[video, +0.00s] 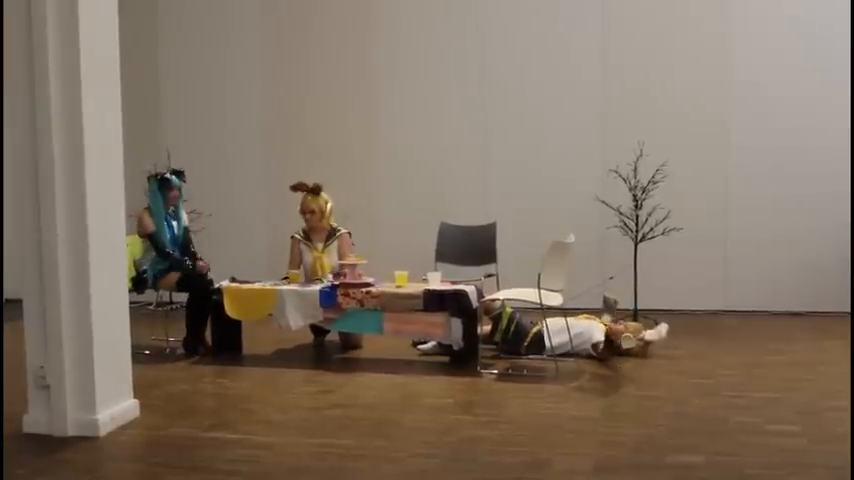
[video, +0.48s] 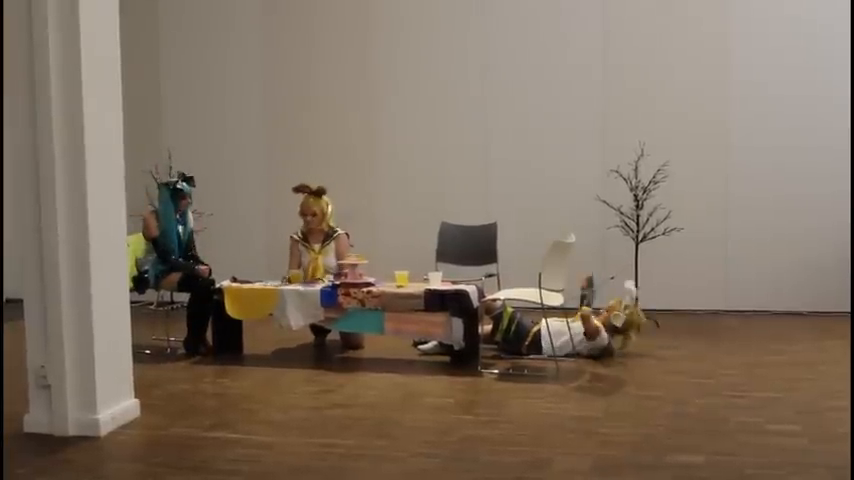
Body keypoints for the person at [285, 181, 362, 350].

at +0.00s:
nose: (306, 217)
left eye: (311, 213)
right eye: (303, 213)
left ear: (325, 213)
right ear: (300, 213)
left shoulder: (341, 235)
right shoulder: (298, 238)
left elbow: (348, 268)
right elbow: (293, 271)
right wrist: (290, 283)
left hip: (339, 291)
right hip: (311, 294)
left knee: (353, 343)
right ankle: (319, 338)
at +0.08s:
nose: (306, 216)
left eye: (311, 211)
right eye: (303, 211)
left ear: (323, 210)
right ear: (299, 211)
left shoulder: (339, 233)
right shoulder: (298, 236)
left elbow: (346, 267)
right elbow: (293, 270)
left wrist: (339, 277)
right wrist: (290, 281)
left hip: (339, 289)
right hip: (311, 292)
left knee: (352, 343)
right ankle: (319, 336)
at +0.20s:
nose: (305, 215)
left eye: (310, 211)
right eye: (301, 211)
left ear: (322, 211)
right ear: (298, 211)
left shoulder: (336, 233)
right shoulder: (297, 236)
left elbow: (346, 266)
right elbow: (292, 270)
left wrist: (340, 276)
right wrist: (291, 280)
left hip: (337, 290)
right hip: (309, 293)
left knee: (353, 343)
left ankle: (345, 330)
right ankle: (319, 335)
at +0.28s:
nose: (305, 216)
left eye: (310, 212)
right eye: (301, 212)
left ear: (322, 212)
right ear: (298, 212)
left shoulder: (335, 234)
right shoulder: (297, 238)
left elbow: (344, 266)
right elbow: (292, 270)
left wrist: (341, 276)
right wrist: (291, 282)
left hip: (336, 288)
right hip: (309, 291)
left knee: (353, 343)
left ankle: (345, 330)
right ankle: (319, 336)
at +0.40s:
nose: (306, 218)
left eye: (311, 213)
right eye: (302, 214)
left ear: (323, 213)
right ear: (298, 214)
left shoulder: (336, 235)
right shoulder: (297, 239)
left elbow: (345, 268)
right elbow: (293, 271)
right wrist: (294, 280)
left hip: (336, 289)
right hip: (309, 292)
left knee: (354, 343)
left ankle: (346, 331)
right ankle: (319, 337)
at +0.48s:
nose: (308, 220)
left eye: (313, 215)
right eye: (304, 215)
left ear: (325, 215)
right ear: (300, 215)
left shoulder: (338, 237)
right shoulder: (297, 240)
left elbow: (346, 270)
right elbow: (293, 271)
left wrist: (337, 282)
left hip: (337, 291)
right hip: (309, 294)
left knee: (355, 343)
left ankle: (345, 332)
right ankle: (319, 338)